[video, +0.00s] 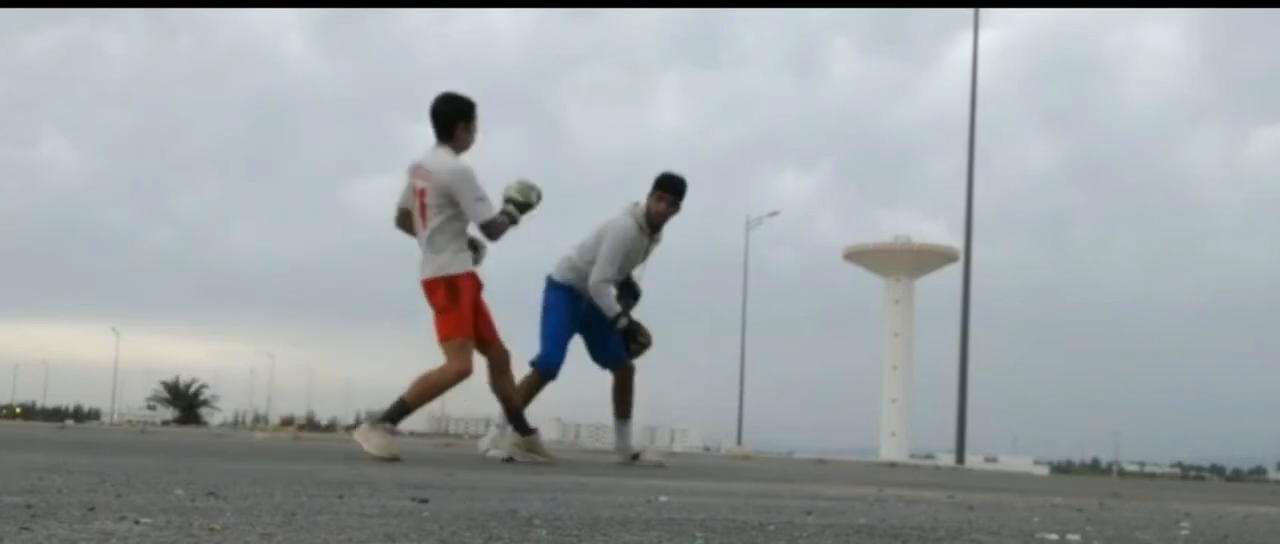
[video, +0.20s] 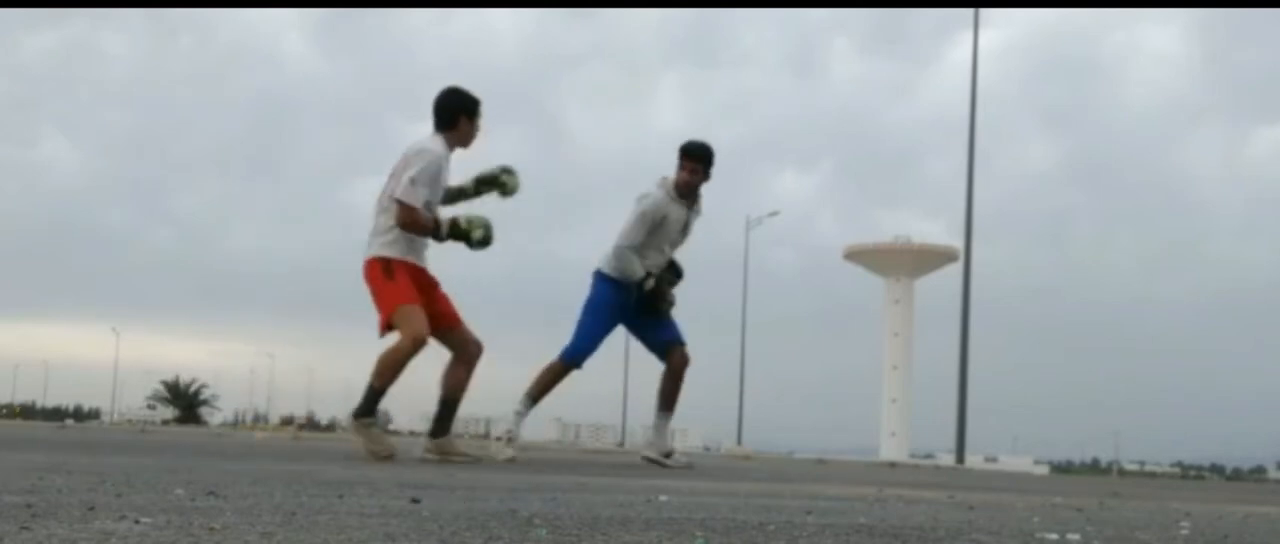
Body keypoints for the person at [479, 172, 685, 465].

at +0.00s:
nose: (662, 208)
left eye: (671, 204)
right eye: (659, 200)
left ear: (677, 210)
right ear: (648, 198)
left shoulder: (652, 236)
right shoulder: (623, 228)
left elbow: (621, 265)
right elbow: (597, 283)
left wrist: (627, 284)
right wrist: (622, 321)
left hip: (596, 297)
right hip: (565, 288)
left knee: (624, 369)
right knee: (548, 367)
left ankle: (623, 447)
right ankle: (498, 433)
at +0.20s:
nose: (690, 177)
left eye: (697, 172)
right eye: (686, 169)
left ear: (706, 177)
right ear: (677, 167)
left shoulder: (691, 210)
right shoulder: (656, 202)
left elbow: (661, 248)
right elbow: (621, 250)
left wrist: (668, 269)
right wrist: (646, 281)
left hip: (642, 292)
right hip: (612, 285)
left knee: (678, 358)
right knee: (574, 356)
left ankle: (659, 442)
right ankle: (516, 420)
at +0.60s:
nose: (702, 150)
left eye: (709, 143)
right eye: (697, 144)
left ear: (727, 142)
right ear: (694, 146)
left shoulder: (753, 184)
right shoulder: (693, 185)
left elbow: (787, 233)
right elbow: (674, 227)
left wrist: (752, 245)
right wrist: (680, 246)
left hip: (737, 288)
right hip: (699, 286)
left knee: (727, 374)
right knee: (712, 371)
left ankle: (697, 432)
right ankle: (742, 449)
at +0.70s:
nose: (709, 154)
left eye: (714, 145)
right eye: (705, 147)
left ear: (734, 142)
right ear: (704, 149)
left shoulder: (766, 186)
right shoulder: (707, 192)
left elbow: (789, 240)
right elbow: (697, 240)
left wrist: (755, 251)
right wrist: (692, 260)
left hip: (755, 296)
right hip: (714, 296)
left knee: (758, 377)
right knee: (723, 376)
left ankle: (737, 432)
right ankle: (744, 455)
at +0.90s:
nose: (738, 130)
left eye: (745, 122)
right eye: (734, 124)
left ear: (766, 120)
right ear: (733, 127)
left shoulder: (795, 161)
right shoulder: (734, 170)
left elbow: (832, 209)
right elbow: (725, 218)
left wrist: (796, 227)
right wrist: (731, 237)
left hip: (786, 276)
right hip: (745, 277)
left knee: (798, 359)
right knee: (740, 365)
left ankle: (820, 459)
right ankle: (747, 456)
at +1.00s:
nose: (758, 141)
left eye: (764, 133)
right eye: (755, 134)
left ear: (787, 131)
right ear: (755, 136)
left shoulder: (817, 173)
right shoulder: (759, 179)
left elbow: (852, 223)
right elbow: (740, 228)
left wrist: (816, 242)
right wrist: (741, 252)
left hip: (812, 288)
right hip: (773, 290)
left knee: (820, 369)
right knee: (749, 374)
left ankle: (843, 461)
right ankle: (748, 458)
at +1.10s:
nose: (770, 138)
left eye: (776, 129)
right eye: (766, 131)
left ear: (798, 128)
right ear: (764, 135)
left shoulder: (828, 170)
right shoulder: (773, 183)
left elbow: (856, 224)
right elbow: (776, 238)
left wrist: (818, 251)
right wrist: (764, 258)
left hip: (826, 285)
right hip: (789, 288)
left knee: (824, 368)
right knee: (764, 374)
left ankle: (841, 462)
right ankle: (753, 456)